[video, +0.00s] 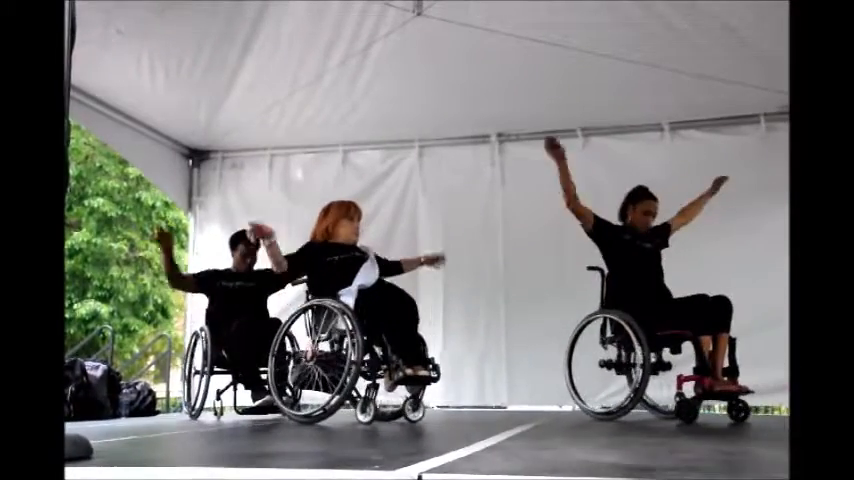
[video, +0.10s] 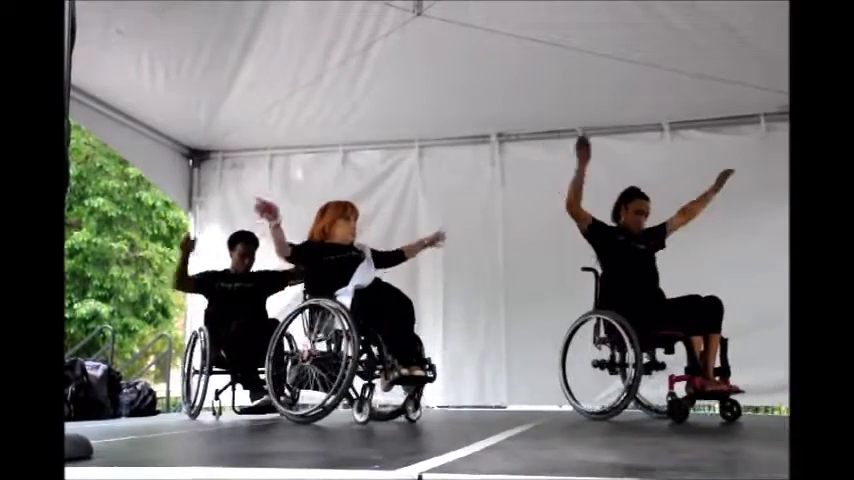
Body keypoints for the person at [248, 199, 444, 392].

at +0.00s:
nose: (358, 226)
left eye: (358, 221)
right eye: (353, 220)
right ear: (335, 222)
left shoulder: (362, 255)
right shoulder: (316, 250)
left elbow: (391, 267)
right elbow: (284, 269)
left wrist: (422, 261)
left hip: (363, 309)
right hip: (332, 313)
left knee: (404, 303)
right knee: (387, 307)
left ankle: (414, 361)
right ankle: (401, 363)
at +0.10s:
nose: (353, 225)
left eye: (354, 220)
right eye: (347, 219)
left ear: (355, 225)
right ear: (329, 223)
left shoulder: (362, 253)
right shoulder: (314, 250)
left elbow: (394, 257)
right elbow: (285, 253)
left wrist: (425, 243)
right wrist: (274, 223)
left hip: (359, 311)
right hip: (330, 314)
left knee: (401, 305)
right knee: (383, 309)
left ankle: (410, 362)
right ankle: (401, 363)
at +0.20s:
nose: (350, 225)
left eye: (351, 221)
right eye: (344, 220)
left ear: (353, 224)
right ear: (327, 223)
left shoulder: (360, 253)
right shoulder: (312, 250)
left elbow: (396, 251)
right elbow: (291, 248)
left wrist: (428, 232)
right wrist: (286, 215)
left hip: (360, 304)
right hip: (327, 310)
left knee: (398, 305)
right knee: (378, 313)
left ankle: (407, 362)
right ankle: (391, 364)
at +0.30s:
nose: (346, 227)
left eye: (346, 223)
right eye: (340, 222)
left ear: (346, 226)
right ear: (323, 225)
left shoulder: (354, 255)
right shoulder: (309, 253)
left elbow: (395, 255)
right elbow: (298, 250)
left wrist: (435, 236)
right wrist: (303, 226)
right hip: (325, 312)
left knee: (394, 307)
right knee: (375, 314)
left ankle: (402, 362)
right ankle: (393, 364)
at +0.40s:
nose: (343, 225)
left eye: (343, 221)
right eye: (337, 220)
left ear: (343, 226)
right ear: (320, 224)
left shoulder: (353, 255)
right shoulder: (307, 251)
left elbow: (395, 265)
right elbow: (300, 260)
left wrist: (438, 250)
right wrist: (309, 242)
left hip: (350, 307)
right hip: (319, 311)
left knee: (388, 304)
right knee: (369, 307)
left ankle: (399, 364)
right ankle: (382, 365)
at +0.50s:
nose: (338, 226)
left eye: (340, 222)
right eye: (332, 221)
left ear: (342, 225)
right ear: (316, 225)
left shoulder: (348, 256)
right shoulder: (301, 252)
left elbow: (384, 281)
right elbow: (300, 273)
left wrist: (422, 284)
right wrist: (319, 274)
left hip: (349, 307)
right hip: (318, 312)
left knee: (388, 305)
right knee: (368, 308)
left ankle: (396, 363)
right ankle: (383, 364)